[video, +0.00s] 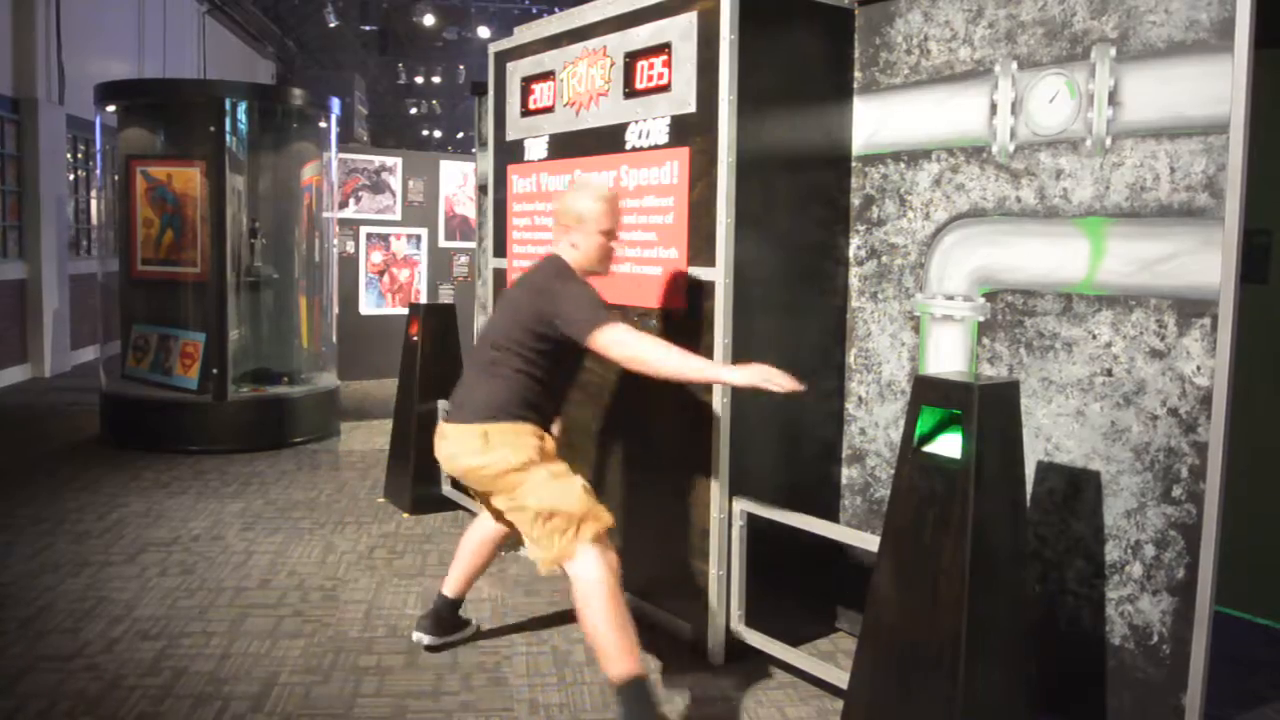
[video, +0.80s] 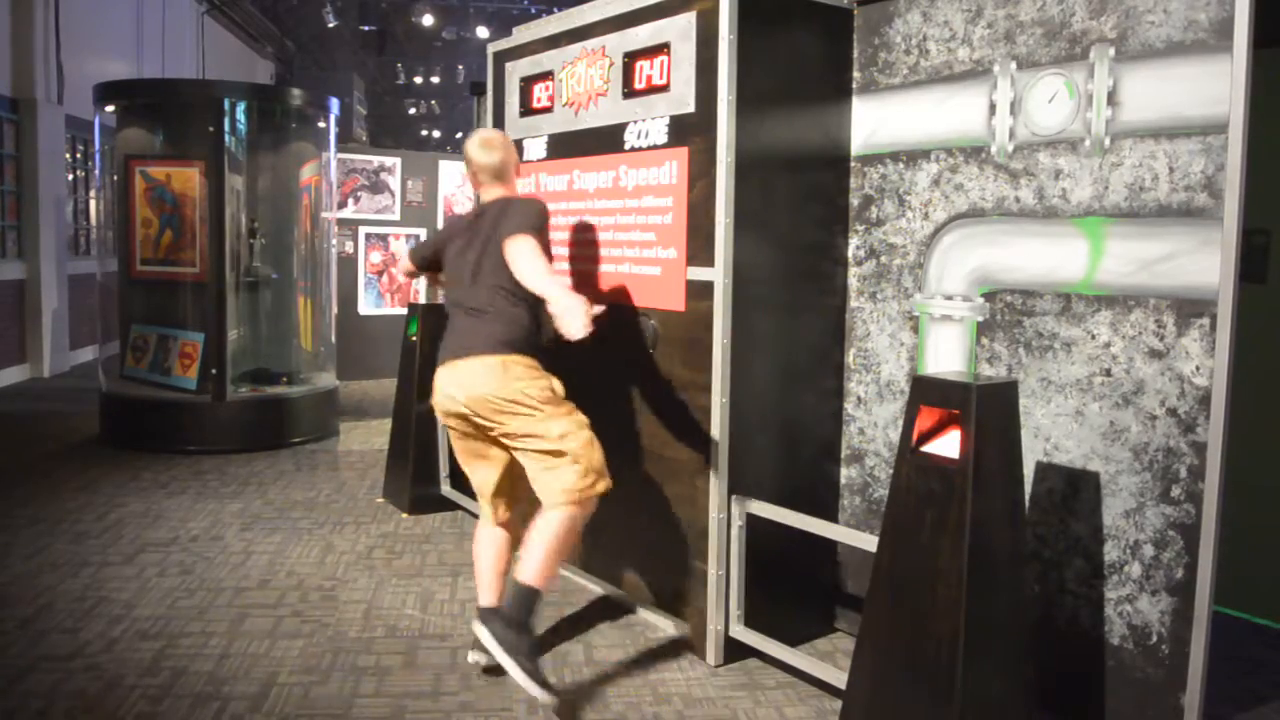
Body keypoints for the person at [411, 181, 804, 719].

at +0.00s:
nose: (615, 244)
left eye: (615, 234)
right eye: (607, 234)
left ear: (571, 233)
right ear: (569, 233)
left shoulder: (537, 279)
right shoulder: (565, 289)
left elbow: (511, 360)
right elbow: (634, 351)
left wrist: (540, 421)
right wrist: (735, 373)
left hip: (459, 433)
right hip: (500, 437)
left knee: (504, 509)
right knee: (587, 543)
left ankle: (439, 617)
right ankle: (638, 706)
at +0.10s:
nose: (673, 281)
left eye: (673, 269)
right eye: (666, 269)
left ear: (620, 266)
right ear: (625, 268)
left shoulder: (567, 313)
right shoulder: (633, 330)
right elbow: (717, 380)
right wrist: (839, 398)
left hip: (492, 481)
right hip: (554, 492)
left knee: (516, 542)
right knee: (655, 611)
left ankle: (450, 626)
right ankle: (664, 716)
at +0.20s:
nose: (734, 313)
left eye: (732, 301)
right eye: (726, 302)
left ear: (672, 304)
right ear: (686, 306)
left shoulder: (623, 336)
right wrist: (907, 433)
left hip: (507, 493)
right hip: (557, 508)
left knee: (556, 541)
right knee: (690, 609)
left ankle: (467, 635)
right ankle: (676, 717)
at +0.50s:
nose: (681, 267)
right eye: (682, 262)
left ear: (623, 270)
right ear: (680, 272)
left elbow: (515, 348)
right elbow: (752, 369)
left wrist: (475, 356)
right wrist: (854, 403)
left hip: (500, 482)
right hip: (568, 488)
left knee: (537, 527)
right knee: (690, 603)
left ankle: (495, 639)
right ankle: (676, 714)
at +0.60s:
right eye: (601, 231)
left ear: (555, 239)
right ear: (604, 235)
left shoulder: (518, 290)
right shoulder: (607, 282)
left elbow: (468, 302)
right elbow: (649, 328)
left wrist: (446, 309)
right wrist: (736, 353)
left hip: (493, 450)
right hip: (566, 447)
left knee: (512, 524)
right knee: (626, 578)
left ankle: (489, 645)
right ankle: (658, 712)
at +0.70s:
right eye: (549, 200)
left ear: (499, 212)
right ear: (548, 205)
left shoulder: (471, 263)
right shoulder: (553, 245)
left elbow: (437, 276)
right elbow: (562, 286)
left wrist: (438, 273)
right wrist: (633, 311)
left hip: (478, 412)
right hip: (541, 400)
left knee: (506, 526)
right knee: (598, 534)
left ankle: (491, 647)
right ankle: (600, 690)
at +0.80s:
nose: (517, 167)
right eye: (517, 160)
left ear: (471, 176)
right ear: (516, 166)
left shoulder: (456, 230)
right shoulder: (525, 210)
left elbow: (415, 261)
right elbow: (521, 252)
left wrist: (441, 273)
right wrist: (559, 295)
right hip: (503, 369)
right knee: (576, 478)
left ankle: (489, 629)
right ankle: (514, 622)